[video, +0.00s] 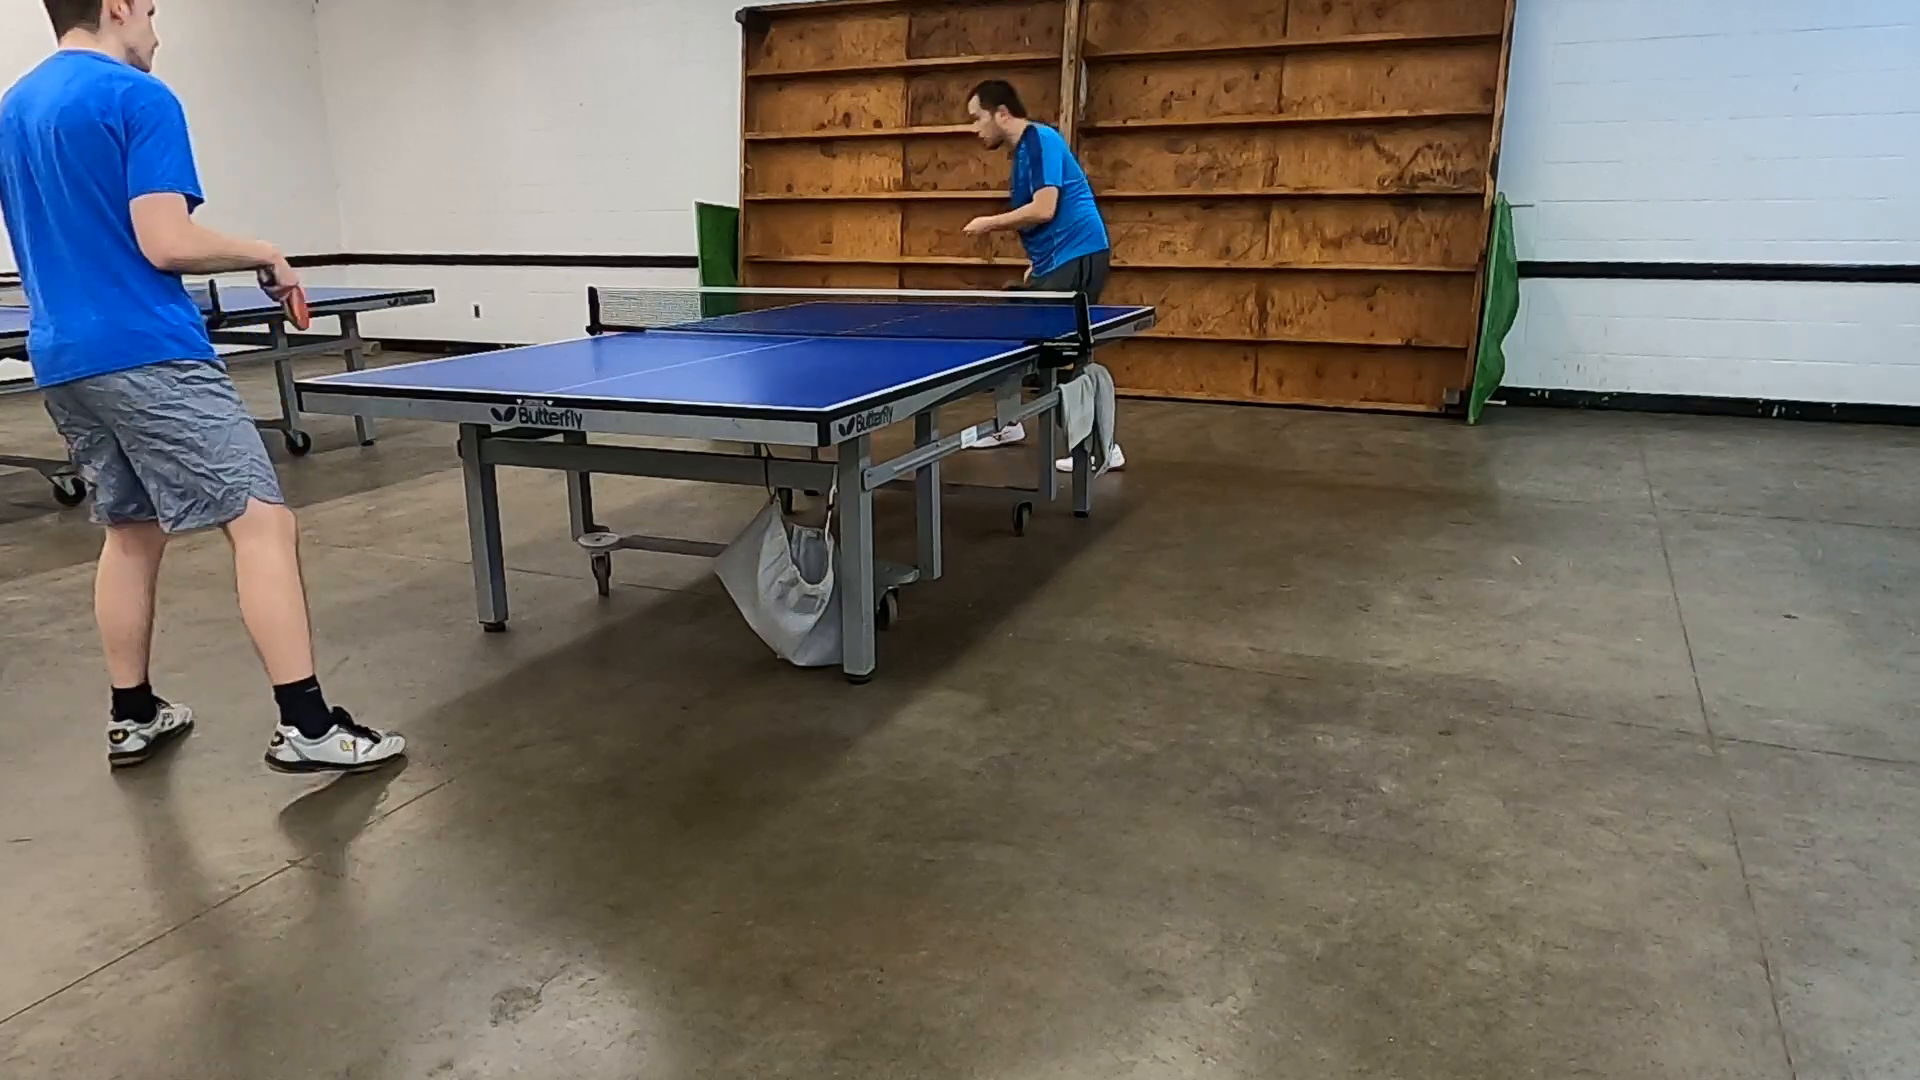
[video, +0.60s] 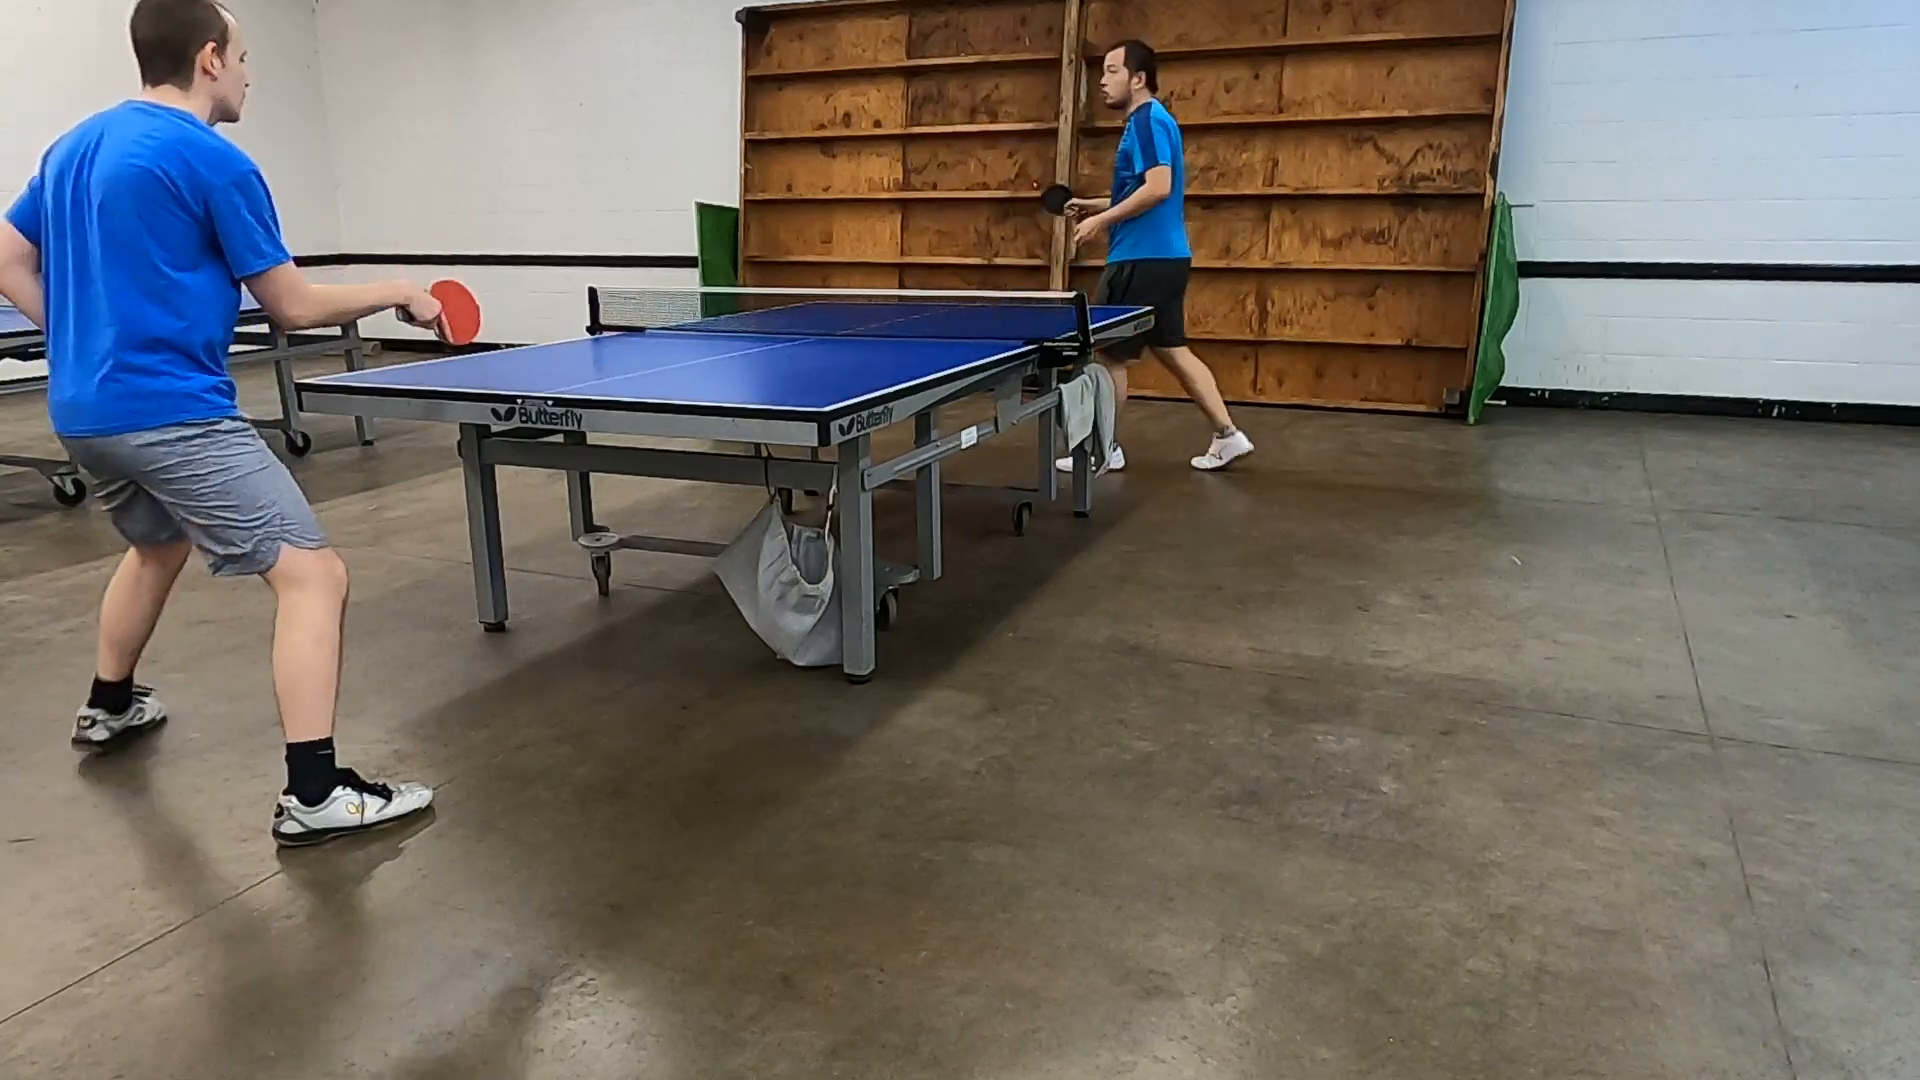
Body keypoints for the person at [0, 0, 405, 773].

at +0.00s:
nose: (157, 33)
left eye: (154, 15)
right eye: (151, 13)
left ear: (69, 17)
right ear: (116, 10)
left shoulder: (15, 108)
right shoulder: (138, 95)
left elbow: (32, 246)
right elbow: (165, 240)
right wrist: (264, 253)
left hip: (60, 361)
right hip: (147, 350)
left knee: (132, 527)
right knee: (262, 518)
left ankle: (133, 714)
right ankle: (308, 722)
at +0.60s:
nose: (247, 76)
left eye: (244, 60)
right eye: (241, 60)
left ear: (153, 64)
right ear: (210, 63)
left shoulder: (74, 145)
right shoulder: (214, 161)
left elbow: (9, 258)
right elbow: (295, 306)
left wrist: (78, 327)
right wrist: (394, 291)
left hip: (81, 409)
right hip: (171, 406)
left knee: (158, 544)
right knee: (311, 573)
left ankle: (109, 705)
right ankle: (315, 788)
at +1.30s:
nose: (292, 217)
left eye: (291, 201)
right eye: (287, 201)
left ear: (200, 202)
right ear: (255, 203)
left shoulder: (120, 256)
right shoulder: (238, 282)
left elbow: (16, 336)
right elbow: (296, 407)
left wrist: (61, 421)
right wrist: (374, 361)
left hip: (25, 486)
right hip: (111, 491)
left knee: (150, 551)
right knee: (331, 583)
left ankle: (100, 711)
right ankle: (317, 790)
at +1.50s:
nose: (294, 214)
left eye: (293, 198)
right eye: (289, 198)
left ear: (200, 200)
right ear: (258, 200)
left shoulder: (120, 255)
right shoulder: (241, 282)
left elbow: (17, 337)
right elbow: (296, 407)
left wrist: (64, 421)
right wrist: (376, 362)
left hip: (26, 484)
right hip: (115, 490)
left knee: (149, 553)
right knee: (332, 583)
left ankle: (101, 710)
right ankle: (317, 790)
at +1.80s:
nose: (293, 200)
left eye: (292, 184)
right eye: (289, 184)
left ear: (200, 186)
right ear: (257, 187)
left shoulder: (119, 245)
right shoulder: (242, 269)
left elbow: (20, 337)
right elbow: (299, 398)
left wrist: (71, 415)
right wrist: (382, 353)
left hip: (32, 475)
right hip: (124, 483)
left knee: (150, 549)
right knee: (336, 584)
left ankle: (100, 712)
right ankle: (318, 789)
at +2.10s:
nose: (285, 168)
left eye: (283, 152)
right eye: (279, 153)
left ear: (194, 159)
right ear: (248, 157)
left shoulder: (114, 224)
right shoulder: (239, 248)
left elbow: (27, 330)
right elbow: (303, 381)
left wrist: (88, 401)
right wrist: (391, 338)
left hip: (46, 461)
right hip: (138, 468)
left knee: (149, 553)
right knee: (338, 581)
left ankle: (100, 713)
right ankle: (318, 790)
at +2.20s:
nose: (283, 159)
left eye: (280, 143)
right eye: (277, 144)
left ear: (195, 150)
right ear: (245, 149)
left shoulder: (113, 216)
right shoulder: (235, 240)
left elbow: (28, 329)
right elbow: (304, 375)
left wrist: (96, 395)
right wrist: (393, 334)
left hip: (51, 456)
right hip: (140, 463)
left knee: (149, 553)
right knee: (339, 582)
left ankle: (100, 711)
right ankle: (317, 789)